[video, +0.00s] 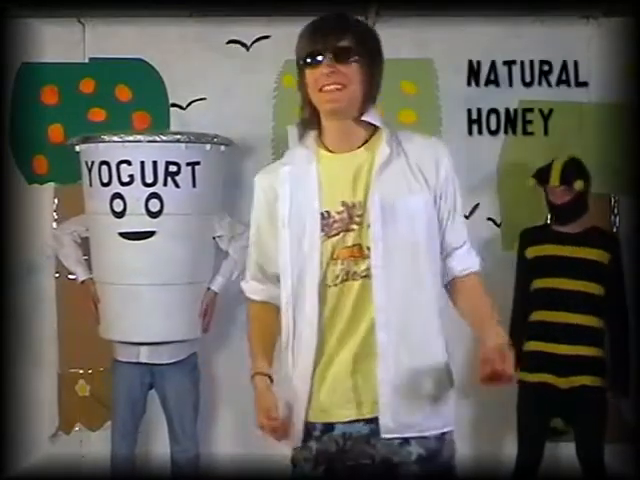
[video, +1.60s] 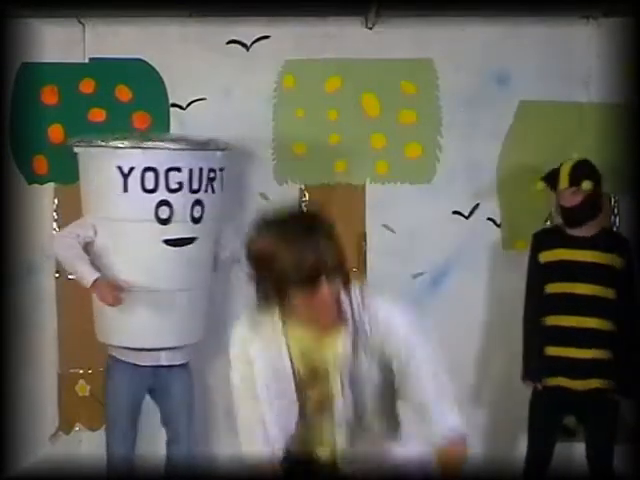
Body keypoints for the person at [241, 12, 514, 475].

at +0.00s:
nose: (330, 69)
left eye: (345, 56)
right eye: (316, 59)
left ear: (372, 72)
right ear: (301, 80)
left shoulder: (427, 160)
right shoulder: (275, 182)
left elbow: (459, 267)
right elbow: (263, 292)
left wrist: (491, 332)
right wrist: (261, 376)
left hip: (414, 419)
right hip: (320, 423)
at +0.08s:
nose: (336, 75)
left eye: (353, 61)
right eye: (322, 63)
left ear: (380, 74)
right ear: (310, 79)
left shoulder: (435, 164)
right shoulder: (283, 186)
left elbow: (468, 283)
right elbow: (274, 306)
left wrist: (488, 392)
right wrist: (280, 416)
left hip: (421, 427)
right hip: (323, 430)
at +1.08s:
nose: (303, 108)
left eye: (318, 95)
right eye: (289, 96)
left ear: (343, 104)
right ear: (276, 108)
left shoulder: (393, 190)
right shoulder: (250, 205)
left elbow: (417, 309)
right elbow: (252, 322)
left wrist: (430, 417)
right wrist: (266, 426)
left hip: (381, 432)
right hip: (296, 434)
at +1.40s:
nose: (302, 156)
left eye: (312, 141)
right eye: (286, 144)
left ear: (328, 138)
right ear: (261, 145)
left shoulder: (373, 209)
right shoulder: (234, 231)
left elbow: (412, 319)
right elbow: (232, 342)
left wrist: (413, 430)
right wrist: (254, 439)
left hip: (367, 441)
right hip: (284, 444)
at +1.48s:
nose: (313, 195)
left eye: (322, 179)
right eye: (297, 183)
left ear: (333, 175)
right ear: (265, 184)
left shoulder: (376, 238)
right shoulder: (239, 258)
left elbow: (417, 349)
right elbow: (240, 376)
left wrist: (418, 456)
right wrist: (264, 461)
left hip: (367, 450)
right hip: (287, 450)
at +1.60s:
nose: (328, 296)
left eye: (333, 278)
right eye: (309, 287)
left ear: (342, 272)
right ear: (278, 294)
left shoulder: (388, 323)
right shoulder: (251, 338)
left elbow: (448, 438)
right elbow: (259, 450)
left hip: (376, 466)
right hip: (299, 465)